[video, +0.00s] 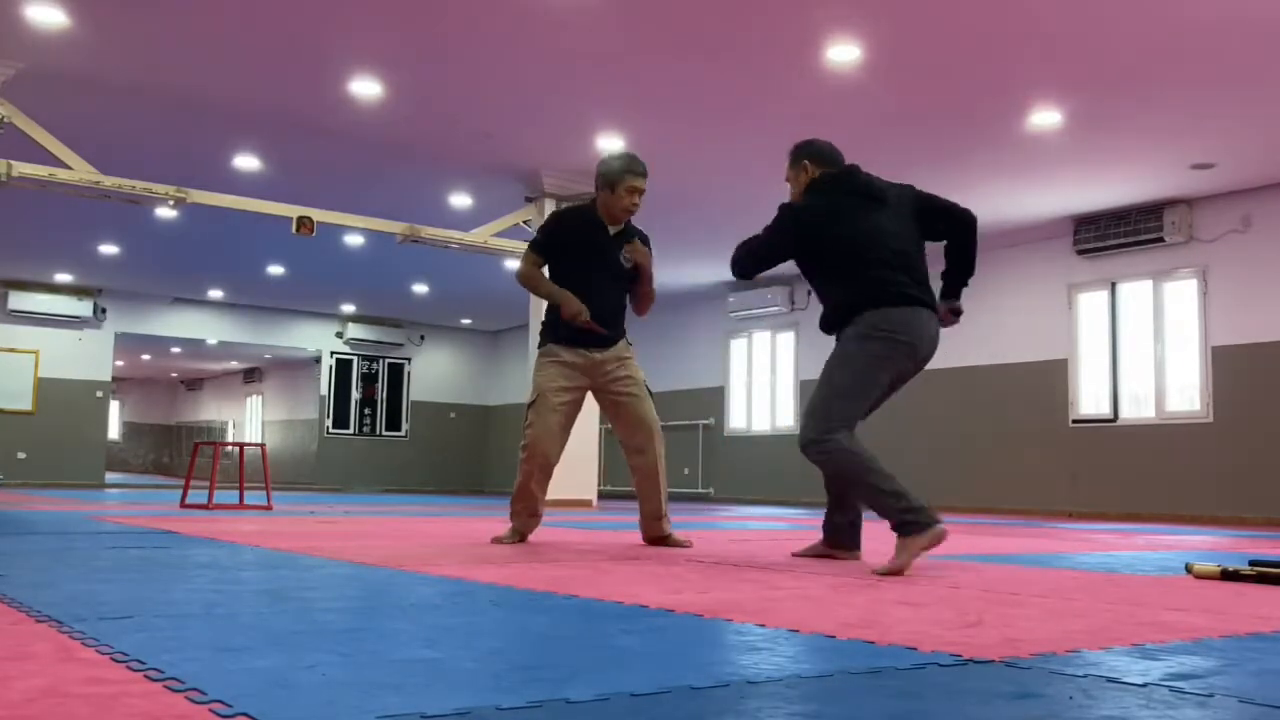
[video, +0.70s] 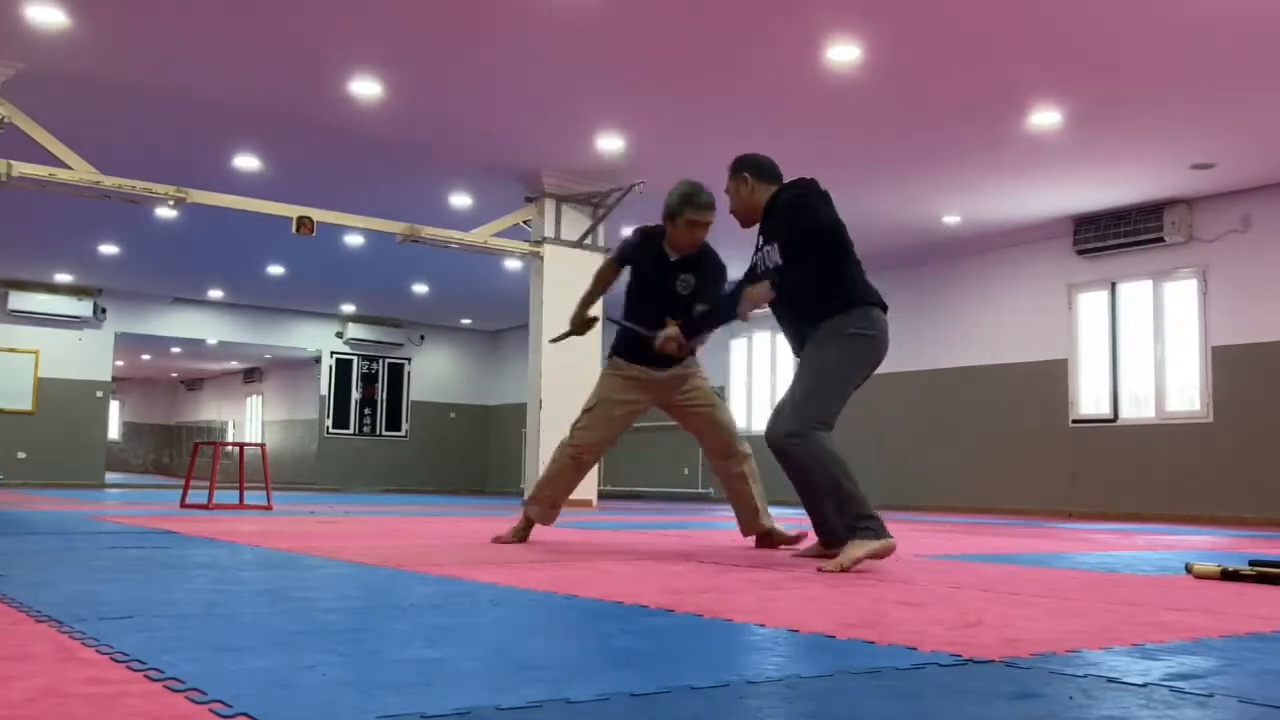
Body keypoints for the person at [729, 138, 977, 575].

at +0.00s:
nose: (788, 190)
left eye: (789, 181)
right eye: (787, 183)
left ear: (807, 172)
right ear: (837, 169)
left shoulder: (803, 213)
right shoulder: (894, 195)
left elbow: (743, 265)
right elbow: (962, 221)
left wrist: (772, 234)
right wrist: (951, 293)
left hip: (879, 326)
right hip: (920, 325)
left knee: (820, 436)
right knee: (835, 428)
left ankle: (917, 525)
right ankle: (841, 539)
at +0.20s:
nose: (772, 206)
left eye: (774, 197)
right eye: (773, 197)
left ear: (790, 190)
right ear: (820, 188)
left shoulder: (785, 227)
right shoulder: (873, 219)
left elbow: (714, 274)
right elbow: (930, 264)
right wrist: (903, 313)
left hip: (858, 339)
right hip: (900, 340)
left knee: (814, 453)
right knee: (818, 428)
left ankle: (898, 523)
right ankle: (838, 538)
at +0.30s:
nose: (767, 206)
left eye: (769, 199)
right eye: (766, 200)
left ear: (785, 192)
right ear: (815, 190)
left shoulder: (782, 222)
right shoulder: (866, 223)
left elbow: (719, 256)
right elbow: (920, 272)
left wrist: (688, 296)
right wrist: (890, 318)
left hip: (856, 339)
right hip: (892, 339)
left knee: (815, 446)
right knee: (804, 422)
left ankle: (907, 524)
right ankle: (837, 539)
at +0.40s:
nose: (756, 208)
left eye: (757, 200)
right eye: (755, 201)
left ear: (774, 193)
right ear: (800, 191)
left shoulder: (779, 219)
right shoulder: (845, 223)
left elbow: (717, 253)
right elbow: (907, 273)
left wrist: (678, 298)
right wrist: (874, 316)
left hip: (859, 337)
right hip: (878, 336)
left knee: (825, 442)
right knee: (795, 429)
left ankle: (916, 528)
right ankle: (837, 539)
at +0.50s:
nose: (743, 211)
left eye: (743, 200)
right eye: (741, 202)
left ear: (762, 189)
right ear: (778, 189)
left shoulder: (788, 215)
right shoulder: (810, 216)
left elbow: (742, 265)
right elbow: (830, 291)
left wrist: (705, 302)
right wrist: (792, 336)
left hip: (864, 329)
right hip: (848, 336)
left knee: (824, 428)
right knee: (788, 430)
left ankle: (910, 524)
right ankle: (836, 539)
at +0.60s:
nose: (734, 208)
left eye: (735, 196)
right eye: (732, 198)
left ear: (753, 187)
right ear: (760, 187)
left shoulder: (797, 206)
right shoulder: (784, 226)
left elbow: (807, 262)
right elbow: (760, 296)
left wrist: (766, 305)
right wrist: (711, 343)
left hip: (863, 326)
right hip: (840, 334)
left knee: (804, 419)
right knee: (783, 429)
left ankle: (866, 537)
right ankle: (836, 537)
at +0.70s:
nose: (728, 205)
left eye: (729, 193)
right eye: (727, 195)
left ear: (747, 183)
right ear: (754, 186)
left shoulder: (799, 198)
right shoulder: (768, 242)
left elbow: (825, 253)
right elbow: (739, 297)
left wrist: (770, 287)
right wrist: (688, 332)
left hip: (852, 329)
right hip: (825, 339)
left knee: (794, 429)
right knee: (781, 433)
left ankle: (869, 533)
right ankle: (835, 537)